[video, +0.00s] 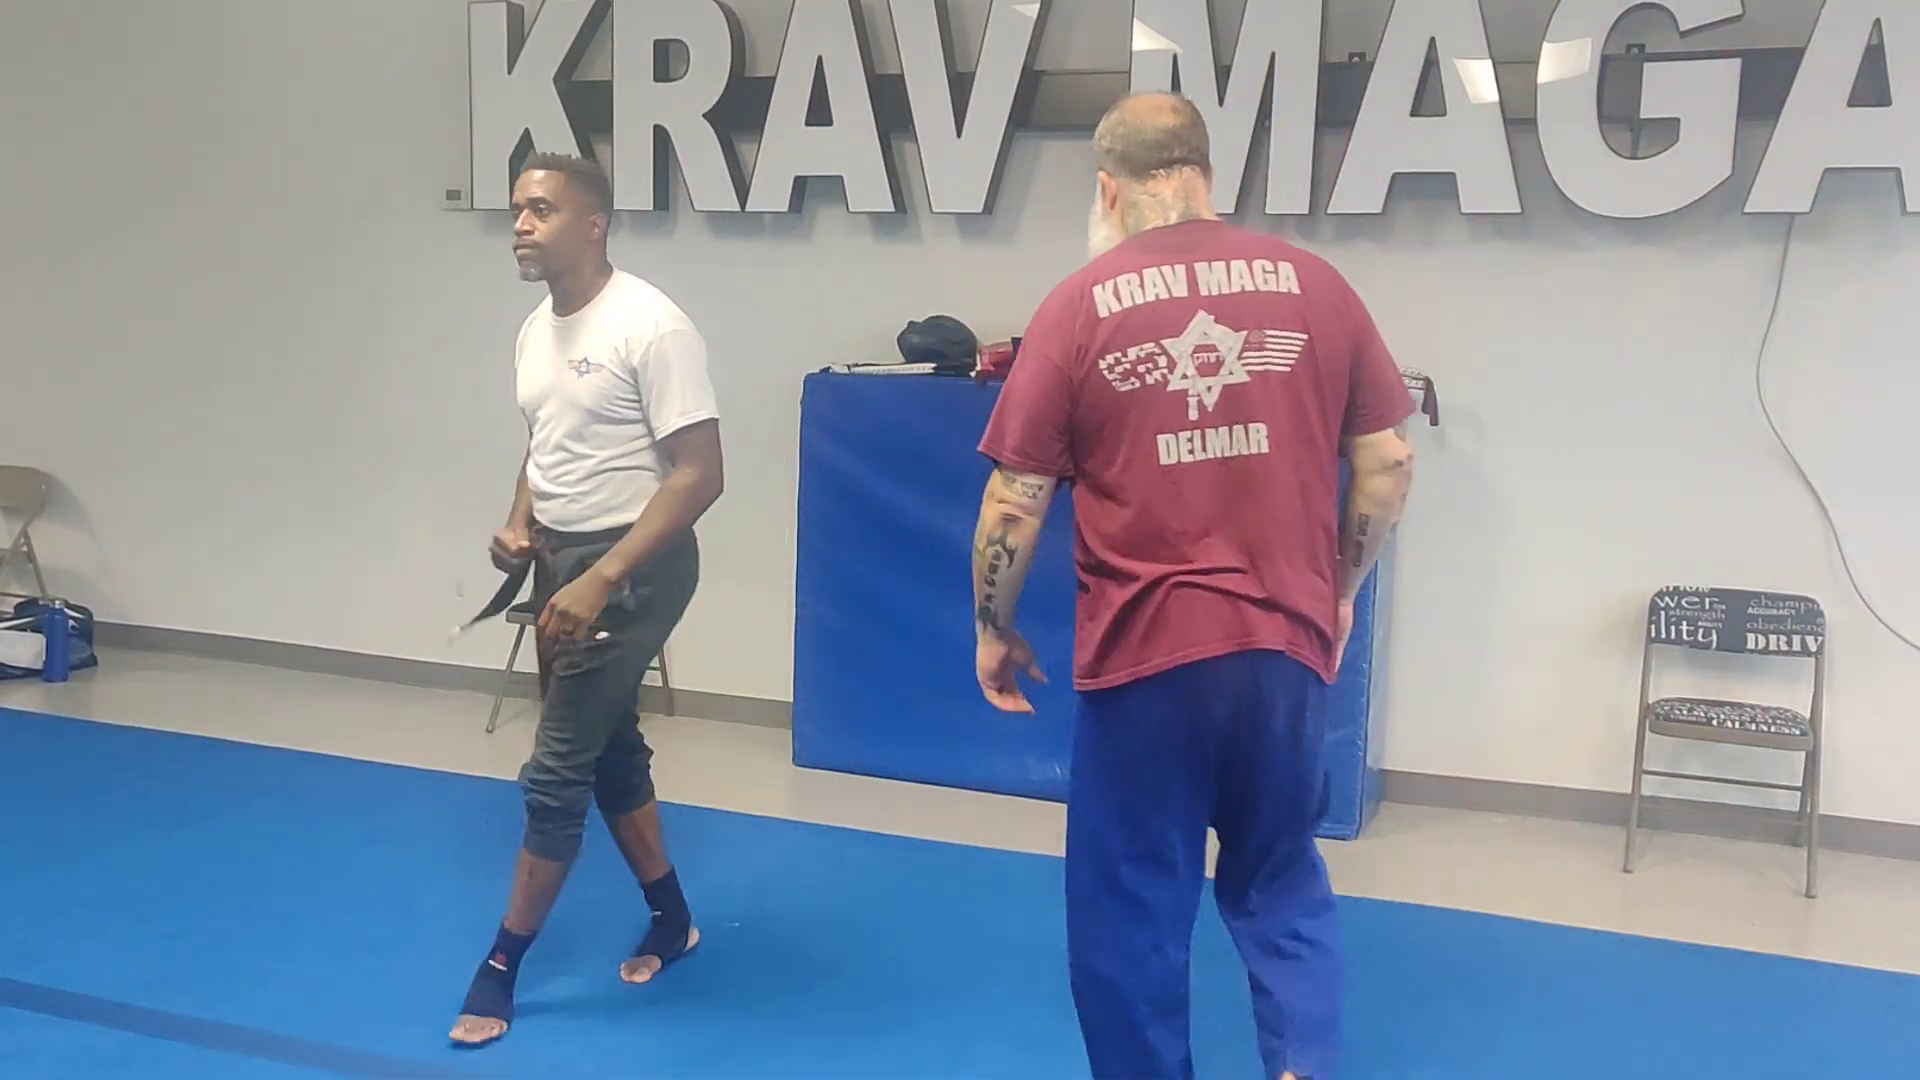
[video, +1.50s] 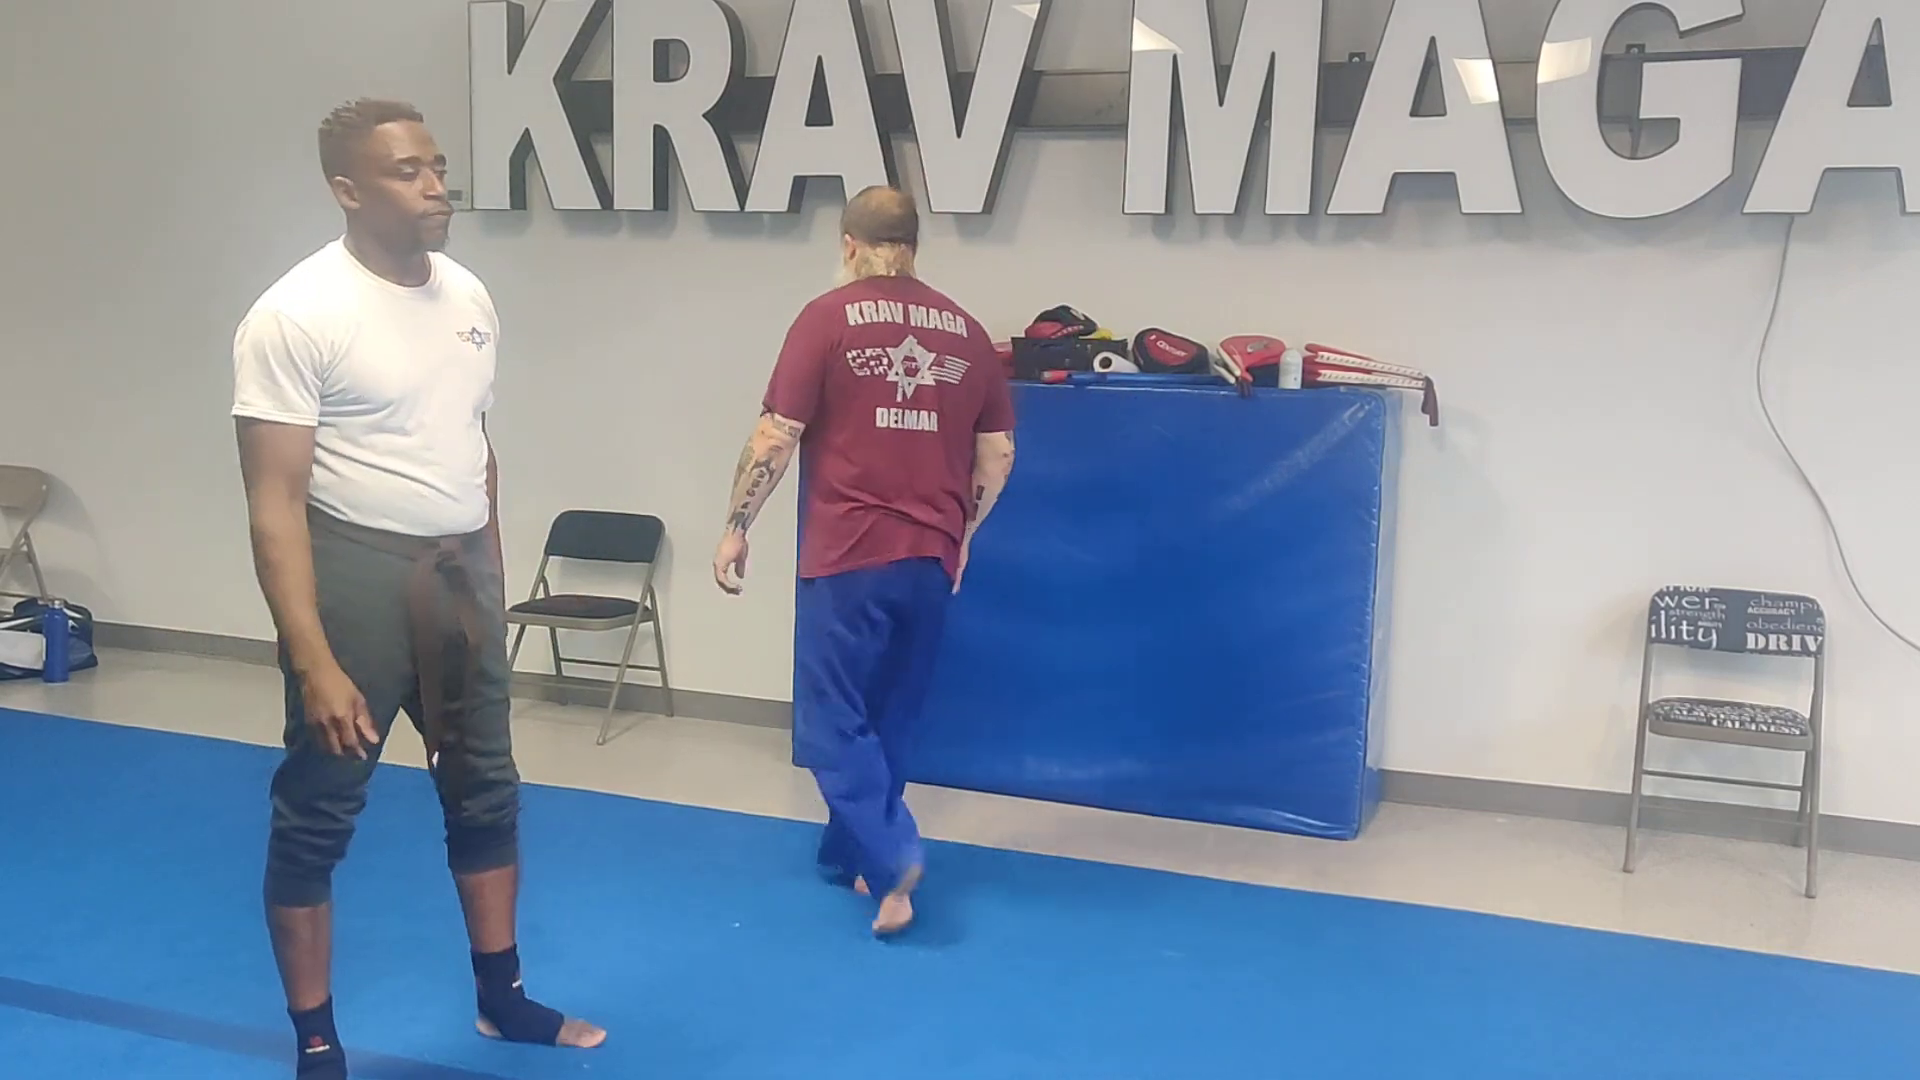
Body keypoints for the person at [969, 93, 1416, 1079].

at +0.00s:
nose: (1100, 204)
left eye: (1100, 191)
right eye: (1107, 190)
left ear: (1111, 187)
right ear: (1207, 176)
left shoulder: (1081, 304)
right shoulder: (1319, 283)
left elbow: (1013, 507)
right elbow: (1386, 462)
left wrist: (996, 628)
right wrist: (1343, 582)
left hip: (1146, 645)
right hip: (1290, 642)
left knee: (1130, 902)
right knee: (1280, 872)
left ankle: (1146, 1068)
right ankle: (1303, 1065)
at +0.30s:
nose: (1060, 240)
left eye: (1060, 226)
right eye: (1065, 226)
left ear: (1071, 222)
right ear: (1157, 219)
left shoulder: (1044, 316)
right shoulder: (1247, 321)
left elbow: (957, 495)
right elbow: (1299, 480)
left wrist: (926, 577)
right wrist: (1250, 597)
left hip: (1085, 628)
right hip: (1204, 629)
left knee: (1089, 858)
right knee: (1149, 850)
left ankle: (1127, 1065)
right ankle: (1095, 1012)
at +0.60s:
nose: (1024, 229)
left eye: (1025, 216)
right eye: (1030, 218)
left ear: (1039, 210)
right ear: (1116, 213)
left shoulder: (1017, 290)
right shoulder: (1188, 304)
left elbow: (960, 436)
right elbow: (1215, 452)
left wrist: (922, 564)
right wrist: (1156, 532)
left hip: (1024, 580)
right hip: (1139, 587)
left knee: (969, 772)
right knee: (1122, 797)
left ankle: (982, 975)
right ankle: (1106, 1000)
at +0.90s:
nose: (924, 247)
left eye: (925, 235)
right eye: (929, 235)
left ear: (936, 234)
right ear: (1011, 231)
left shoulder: (924, 322)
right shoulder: (1086, 310)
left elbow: (884, 466)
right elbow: (1128, 450)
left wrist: (864, 583)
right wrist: (1077, 528)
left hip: (968, 582)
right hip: (1074, 580)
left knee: (936, 768)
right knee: (1072, 776)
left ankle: (932, 931)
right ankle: (1092, 939)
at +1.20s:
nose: (865, 241)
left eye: (865, 229)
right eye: (868, 229)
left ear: (878, 229)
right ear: (944, 227)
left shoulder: (857, 312)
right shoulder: (1015, 304)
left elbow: (793, 448)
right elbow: (1061, 431)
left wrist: (763, 516)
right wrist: (1035, 518)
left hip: (906, 564)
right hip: (999, 555)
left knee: (899, 745)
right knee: (971, 717)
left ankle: (921, 932)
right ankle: (972, 869)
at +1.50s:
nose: (841, 255)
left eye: (842, 246)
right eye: (850, 245)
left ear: (851, 247)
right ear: (914, 248)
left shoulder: (828, 316)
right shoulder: (968, 330)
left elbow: (777, 436)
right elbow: (997, 451)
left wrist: (737, 526)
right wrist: (960, 532)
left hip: (847, 553)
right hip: (933, 555)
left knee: (831, 718)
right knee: (891, 710)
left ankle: (896, 859)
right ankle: (846, 851)